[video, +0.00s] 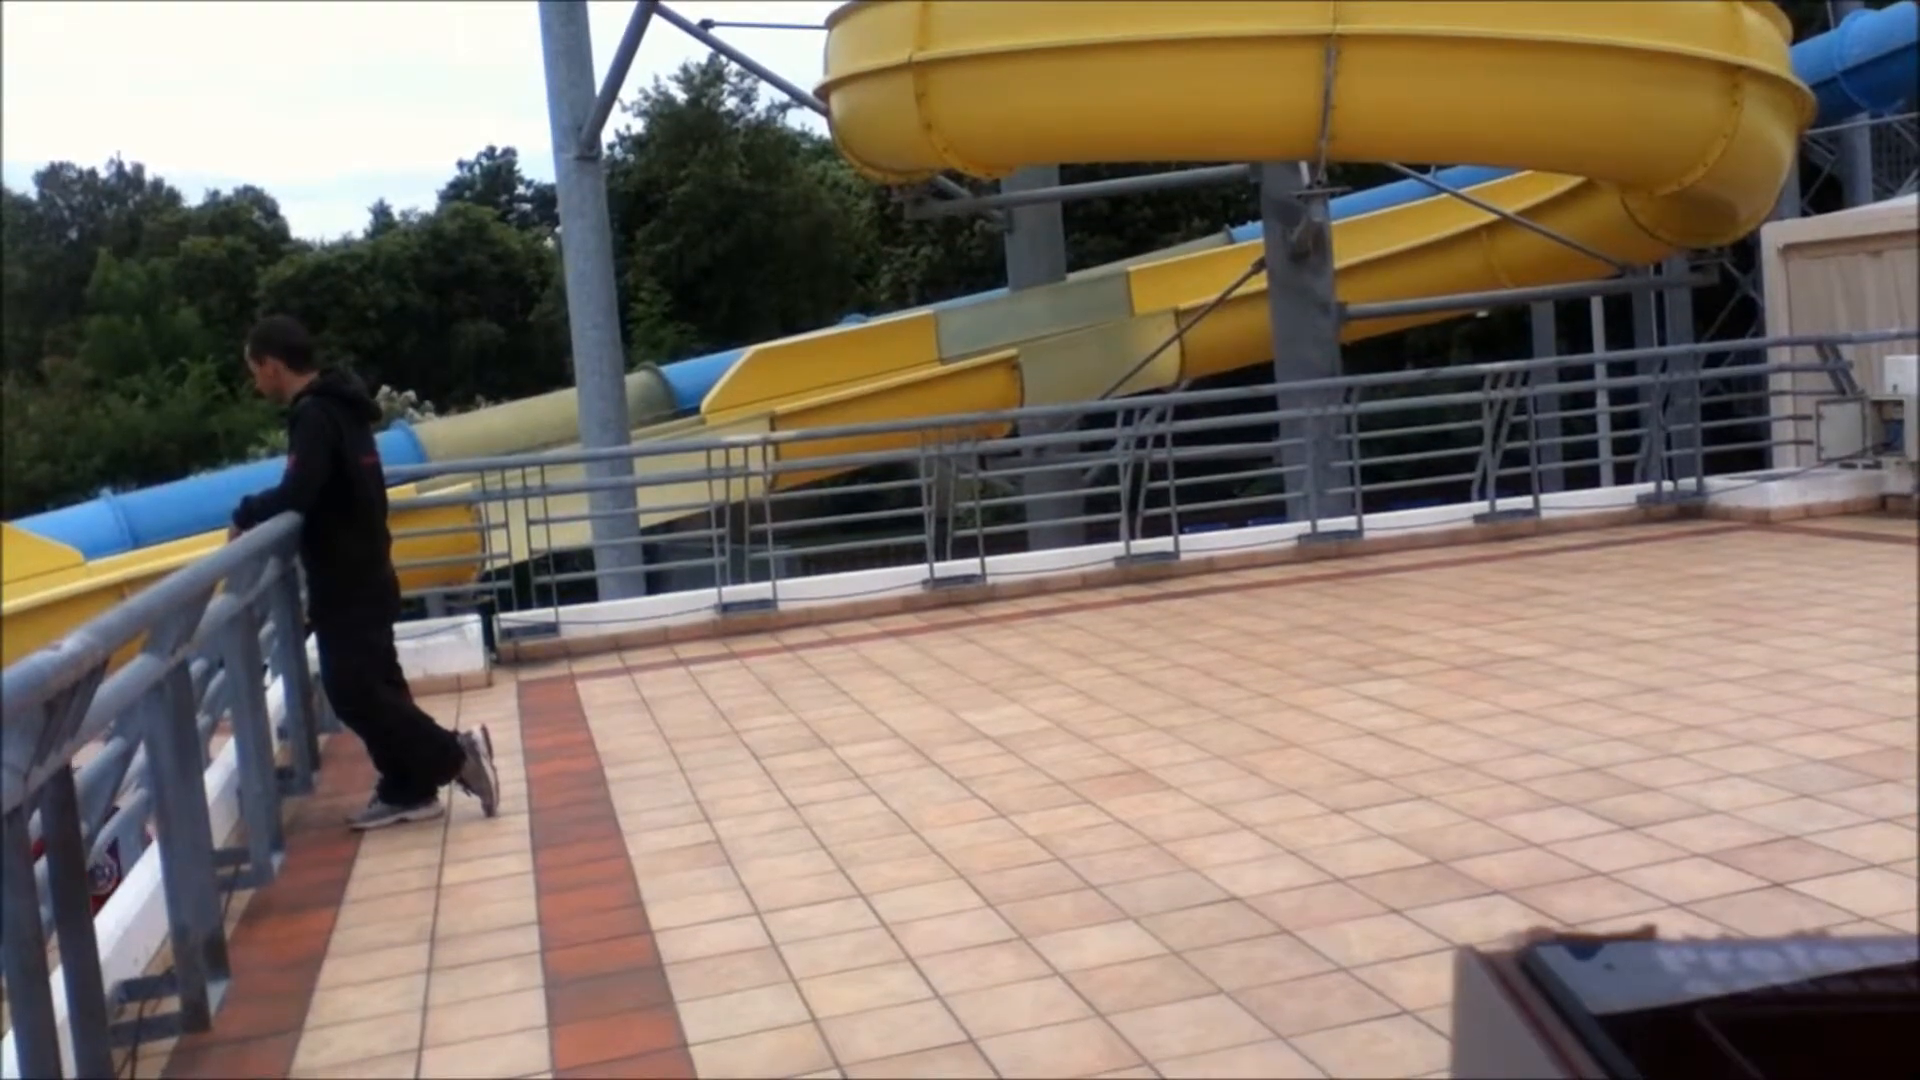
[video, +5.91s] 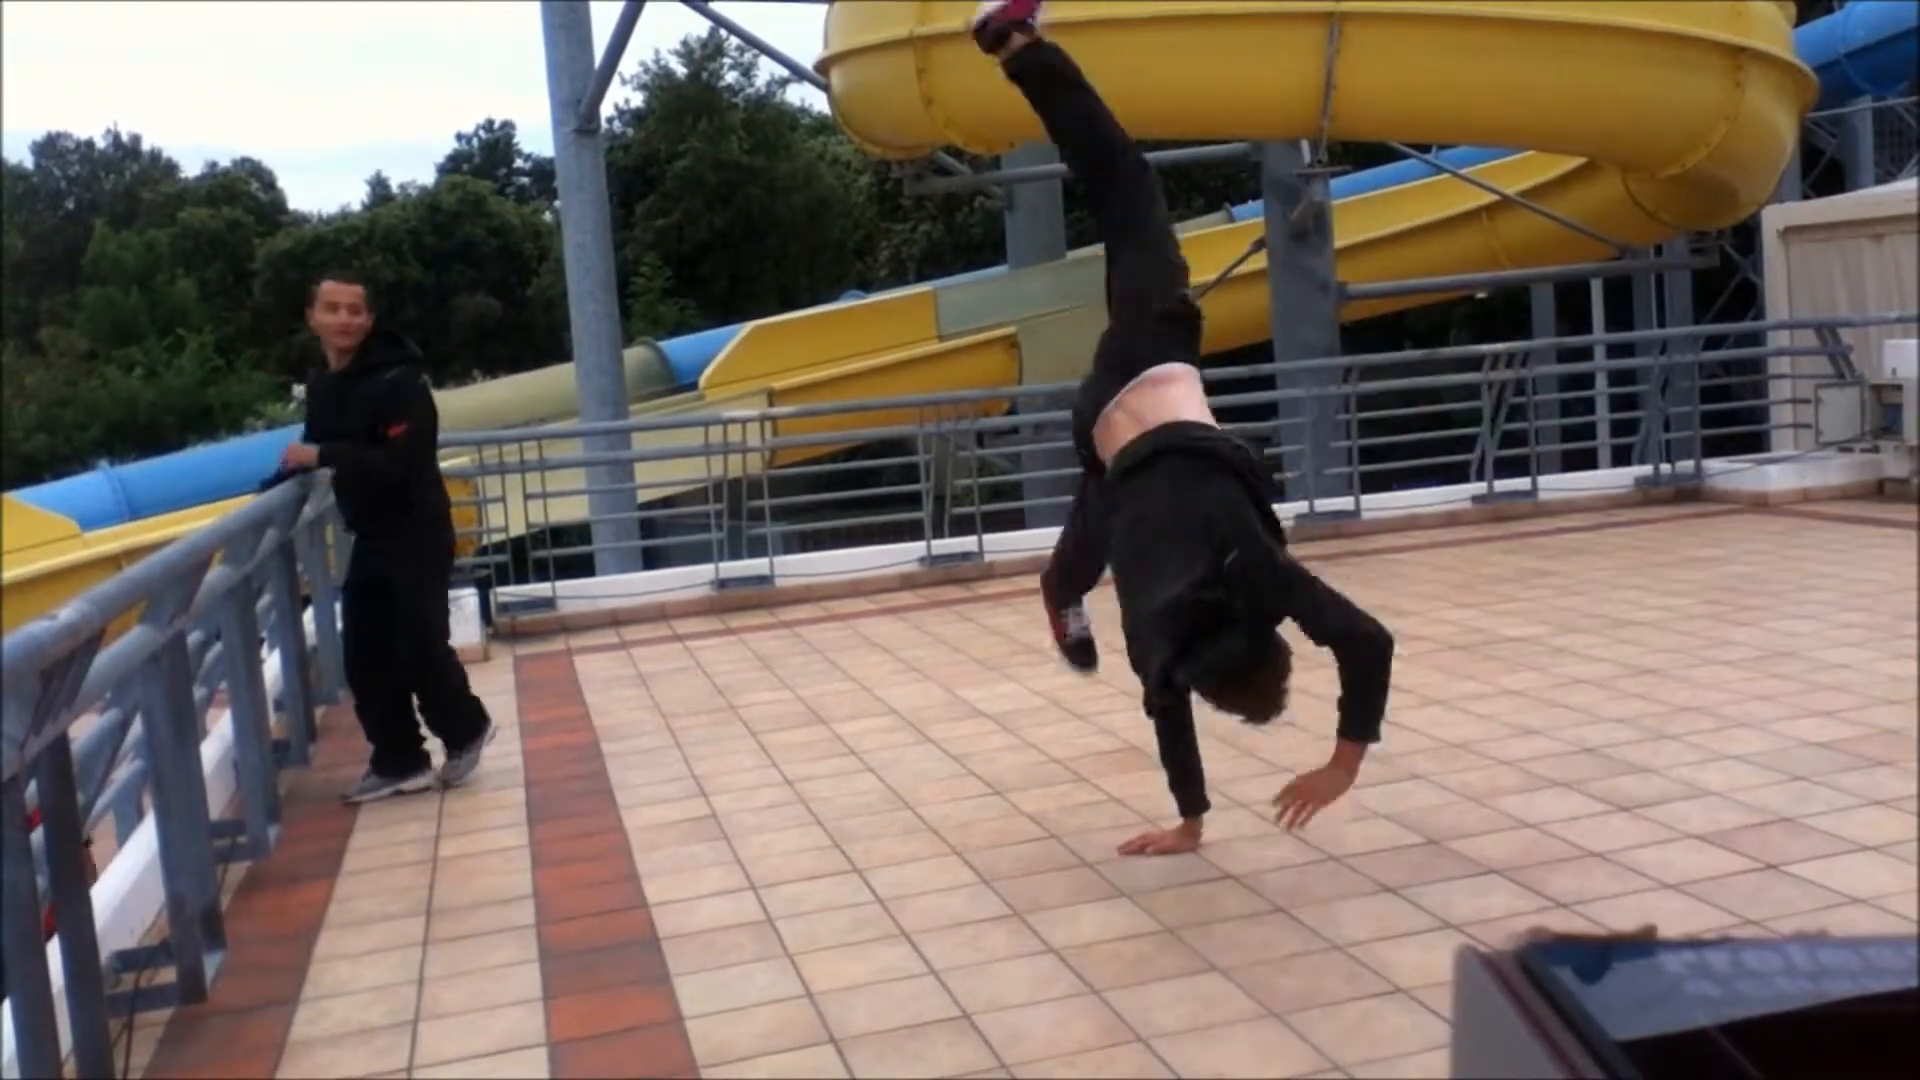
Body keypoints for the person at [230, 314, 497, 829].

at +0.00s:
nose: (255, 381)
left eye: (256, 370)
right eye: (253, 371)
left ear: (276, 365)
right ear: (298, 360)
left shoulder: (314, 414)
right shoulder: (338, 404)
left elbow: (300, 494)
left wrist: (245, 513)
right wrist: (263, 514)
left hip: (345, 579)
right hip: (365, 574)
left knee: (350, 694)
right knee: (377, 682)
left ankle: (453, 754)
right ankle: (406, 791)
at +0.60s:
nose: (251, 391)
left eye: (255, 377)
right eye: (247, 381)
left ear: (290, 366)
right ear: (289, 371)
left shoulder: (317, 420)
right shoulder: (337, 409)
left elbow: (301, 502)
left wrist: (221, 511)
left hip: (350, 586)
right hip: (365, 579)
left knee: (354, 699)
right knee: (379, 687)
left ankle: (457, 763)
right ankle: (408, 798)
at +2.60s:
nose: (260, 396)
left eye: (262, 382)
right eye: (255, 386)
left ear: (291, 368)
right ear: (296, 372)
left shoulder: (321, 421)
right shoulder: (341, 412)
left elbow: (308, 500)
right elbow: (324, 498)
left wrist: (255, 515)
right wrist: (271, 514)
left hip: (345, 588)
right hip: (363, 582)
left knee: (350, 700)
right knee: (377, 688)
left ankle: (454, 763)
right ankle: (407, 800)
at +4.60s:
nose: (252, 362)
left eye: (253, 347)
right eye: (248, 350)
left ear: (283, 335)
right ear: (288, 338)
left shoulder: (317, 388)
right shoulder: (334, 379)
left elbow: (303, 468)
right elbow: (315, 464)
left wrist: (252, 482)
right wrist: (268, 480)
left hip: (342, 554)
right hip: (357, 549)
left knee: (346, 667)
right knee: (371, 656)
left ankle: (449, 731)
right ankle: (403, 767)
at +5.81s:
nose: (314, 332)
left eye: (325, 322)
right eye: (303, 322)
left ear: (343, 328)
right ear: (289, 330)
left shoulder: (361, 383)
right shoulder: (323, 387)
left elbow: (342, 466)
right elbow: (333, 459)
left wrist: (273, 458)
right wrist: (282, 470)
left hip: (402, 543)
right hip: (371, 543)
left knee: (389, 650)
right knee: (357, 652)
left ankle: (482, 721)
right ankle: (400, 763)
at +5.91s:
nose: (344, 319)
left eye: (355, 310)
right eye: (332, 309)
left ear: (369, 319)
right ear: (313, 319)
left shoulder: (398, 378)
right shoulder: (323, 383)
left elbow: (403, 461)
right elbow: (326, 452)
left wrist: (321, 456)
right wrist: (293, 470)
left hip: (419, 531)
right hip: (371, 535)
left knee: (418, 644)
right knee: (365, 654)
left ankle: (467, 730)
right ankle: (400, 760)